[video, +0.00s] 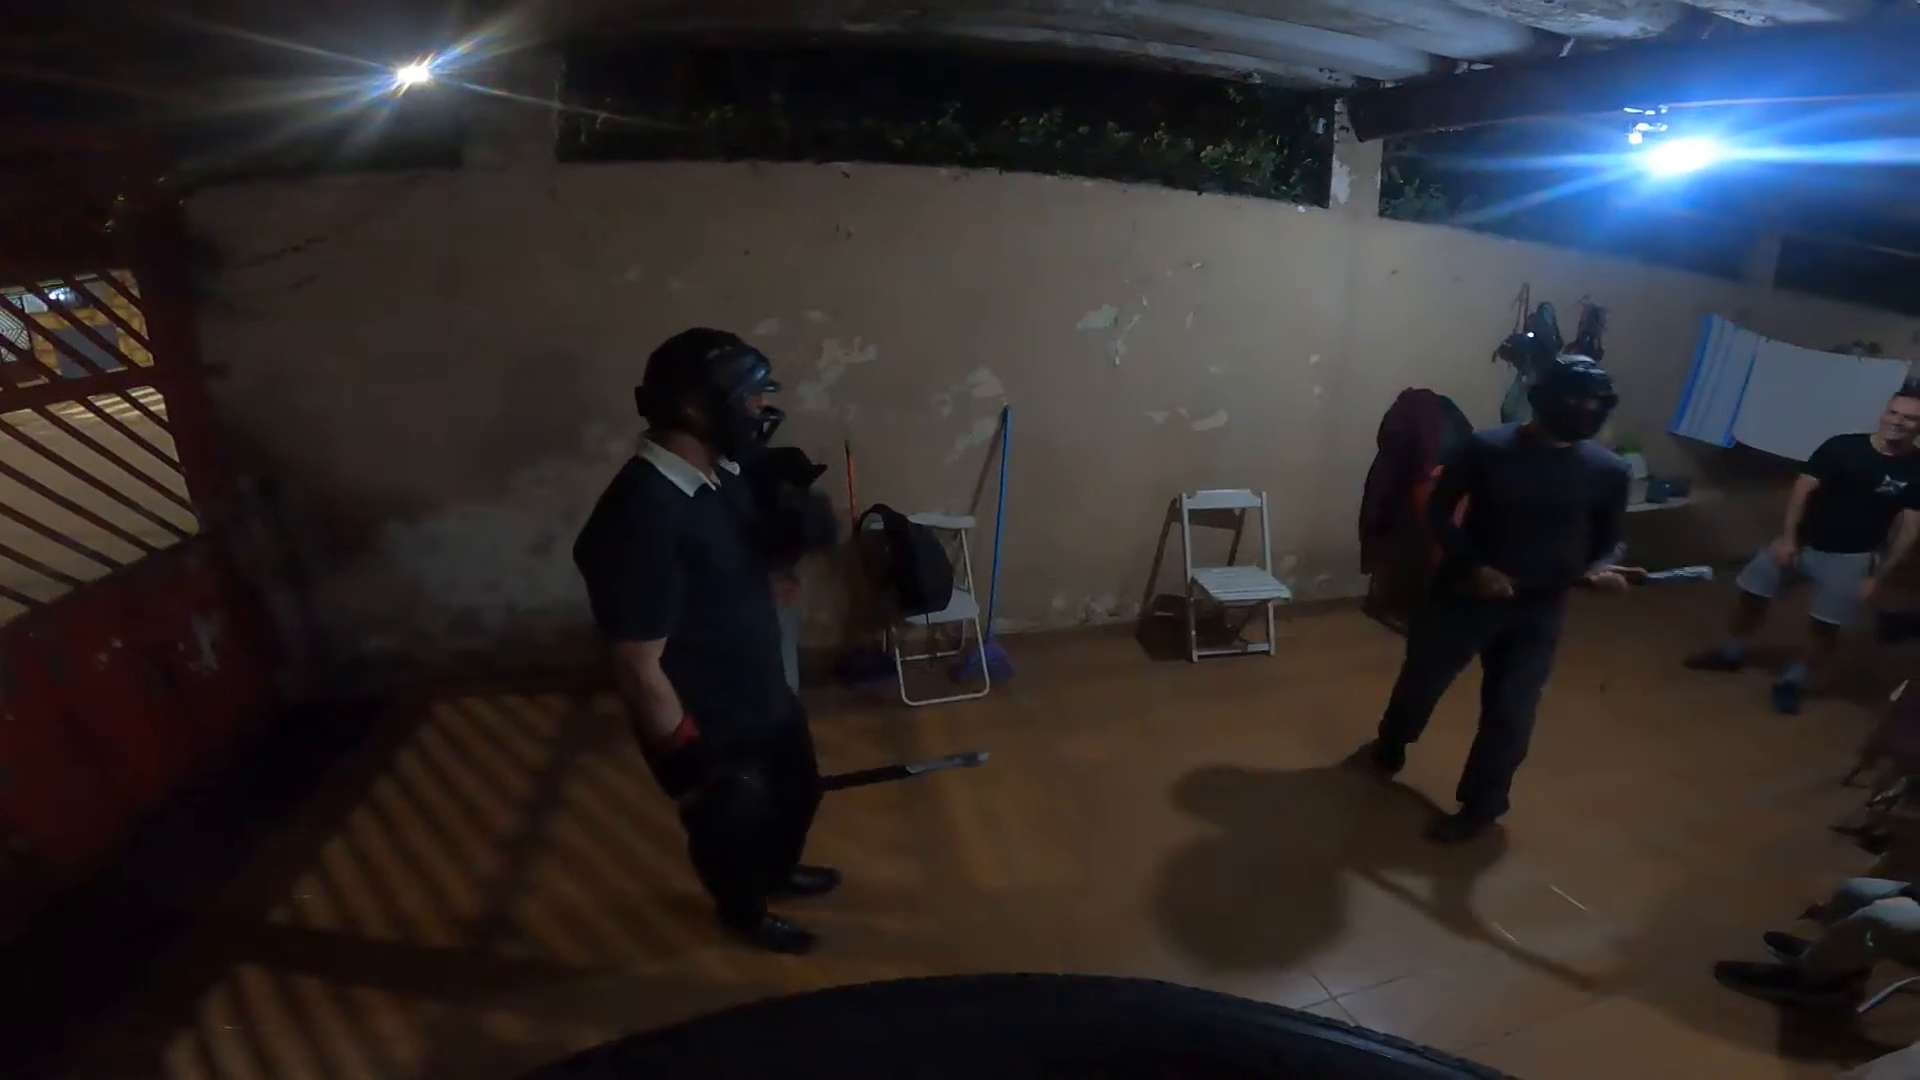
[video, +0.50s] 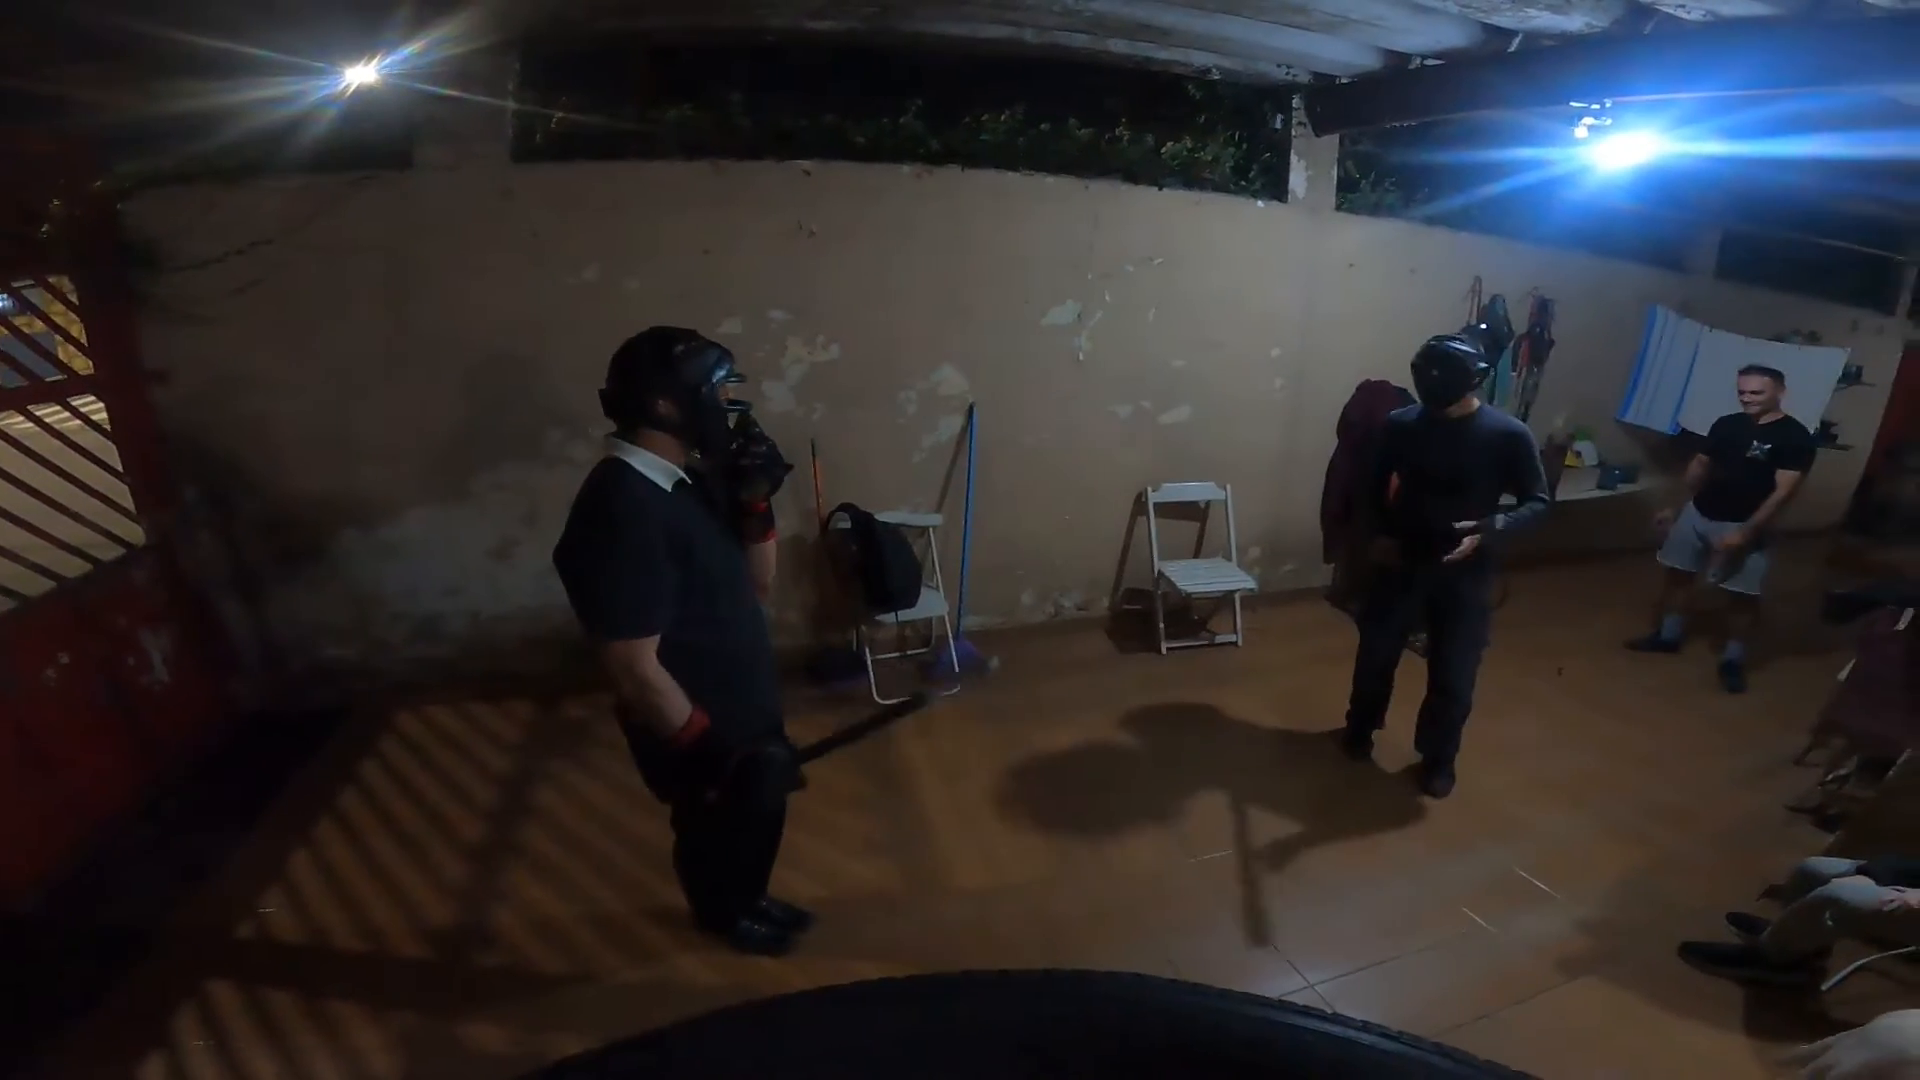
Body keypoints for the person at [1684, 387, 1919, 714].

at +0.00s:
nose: (1899, 421)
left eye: (1909, 418)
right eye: (1894, 413)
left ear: (1919, 426)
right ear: (1883, 414)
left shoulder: (1912, 471)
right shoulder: (1841, 447)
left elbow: (1909, 529)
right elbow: (1802, 487)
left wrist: (1878, 576)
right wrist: (1788, 538)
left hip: (1849, 557)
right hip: (1803, 541)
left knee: (1825, 623)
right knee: (1752, 584)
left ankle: (1795, 680)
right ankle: (1733, 649)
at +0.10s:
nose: (1860, 414)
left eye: (1871, 410)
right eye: (1855, 405)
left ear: (1886, 418)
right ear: (1846, 406)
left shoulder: (1889, 463)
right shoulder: (1812, 440)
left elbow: (1879, 522)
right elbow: (1773, 478)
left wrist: (1840, 563)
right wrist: (1757, 521)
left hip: (1825, 550)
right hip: (1779, 535)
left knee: (1803, 616)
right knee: (1735, 584)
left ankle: (1780, 676)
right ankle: (1709, 646)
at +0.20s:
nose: (1840, 411)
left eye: (1851, 407)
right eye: (1835, 403)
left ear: (1866, 413)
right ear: (1826, 403)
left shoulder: (1871, 457)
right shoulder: (1797, 436)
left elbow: (1859, 515)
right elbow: (1759, 475)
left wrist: (1823, 558)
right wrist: (1741, 516)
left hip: (1809, 545)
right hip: (1764, 531)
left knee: (1791, 611)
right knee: (1723, 581)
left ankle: (1774, 672)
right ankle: (1704, 643)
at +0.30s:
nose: (1806, 406)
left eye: (1816, 401)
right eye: (1801, 398)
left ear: (1835, 403)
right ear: (1795, 398)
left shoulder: (1845, 448)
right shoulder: (1773, 432)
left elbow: (1830, 505)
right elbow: (1738, 471)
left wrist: (1796, 549)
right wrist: (1717, 513)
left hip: (1784, 539)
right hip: (1741, 526)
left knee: (1772, 607)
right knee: (1709, 581)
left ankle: (1764, 668)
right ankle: (1692, 641)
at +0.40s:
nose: (1765, 402)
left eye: (1774, 396)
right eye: (1760, 396)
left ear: (1796, 397)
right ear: (1754, 396)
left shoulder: (1811, 442)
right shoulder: (1741, 428)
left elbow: (1795, 498)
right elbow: (1711, 469)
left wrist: (1757, 539)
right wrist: (1687, 510)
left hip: (1757, 533)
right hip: (1711, 520)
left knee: (1755, 602)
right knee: (1685, 574)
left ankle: (1745, 664)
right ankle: (1676, 636)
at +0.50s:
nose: (1748, 400)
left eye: (1757, 394)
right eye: (1743, 393)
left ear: (1778, 393)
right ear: (1738, 393)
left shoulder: (1795, 437)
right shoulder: (1727, 424)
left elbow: (1783, 493)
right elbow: (1698, 467)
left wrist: (1745, 532)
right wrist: (1674, 508)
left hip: (1745, 528)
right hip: (1699, 516)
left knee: (1743, 597)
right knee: (1677, 573)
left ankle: (1733, 658)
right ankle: (1668, 634)